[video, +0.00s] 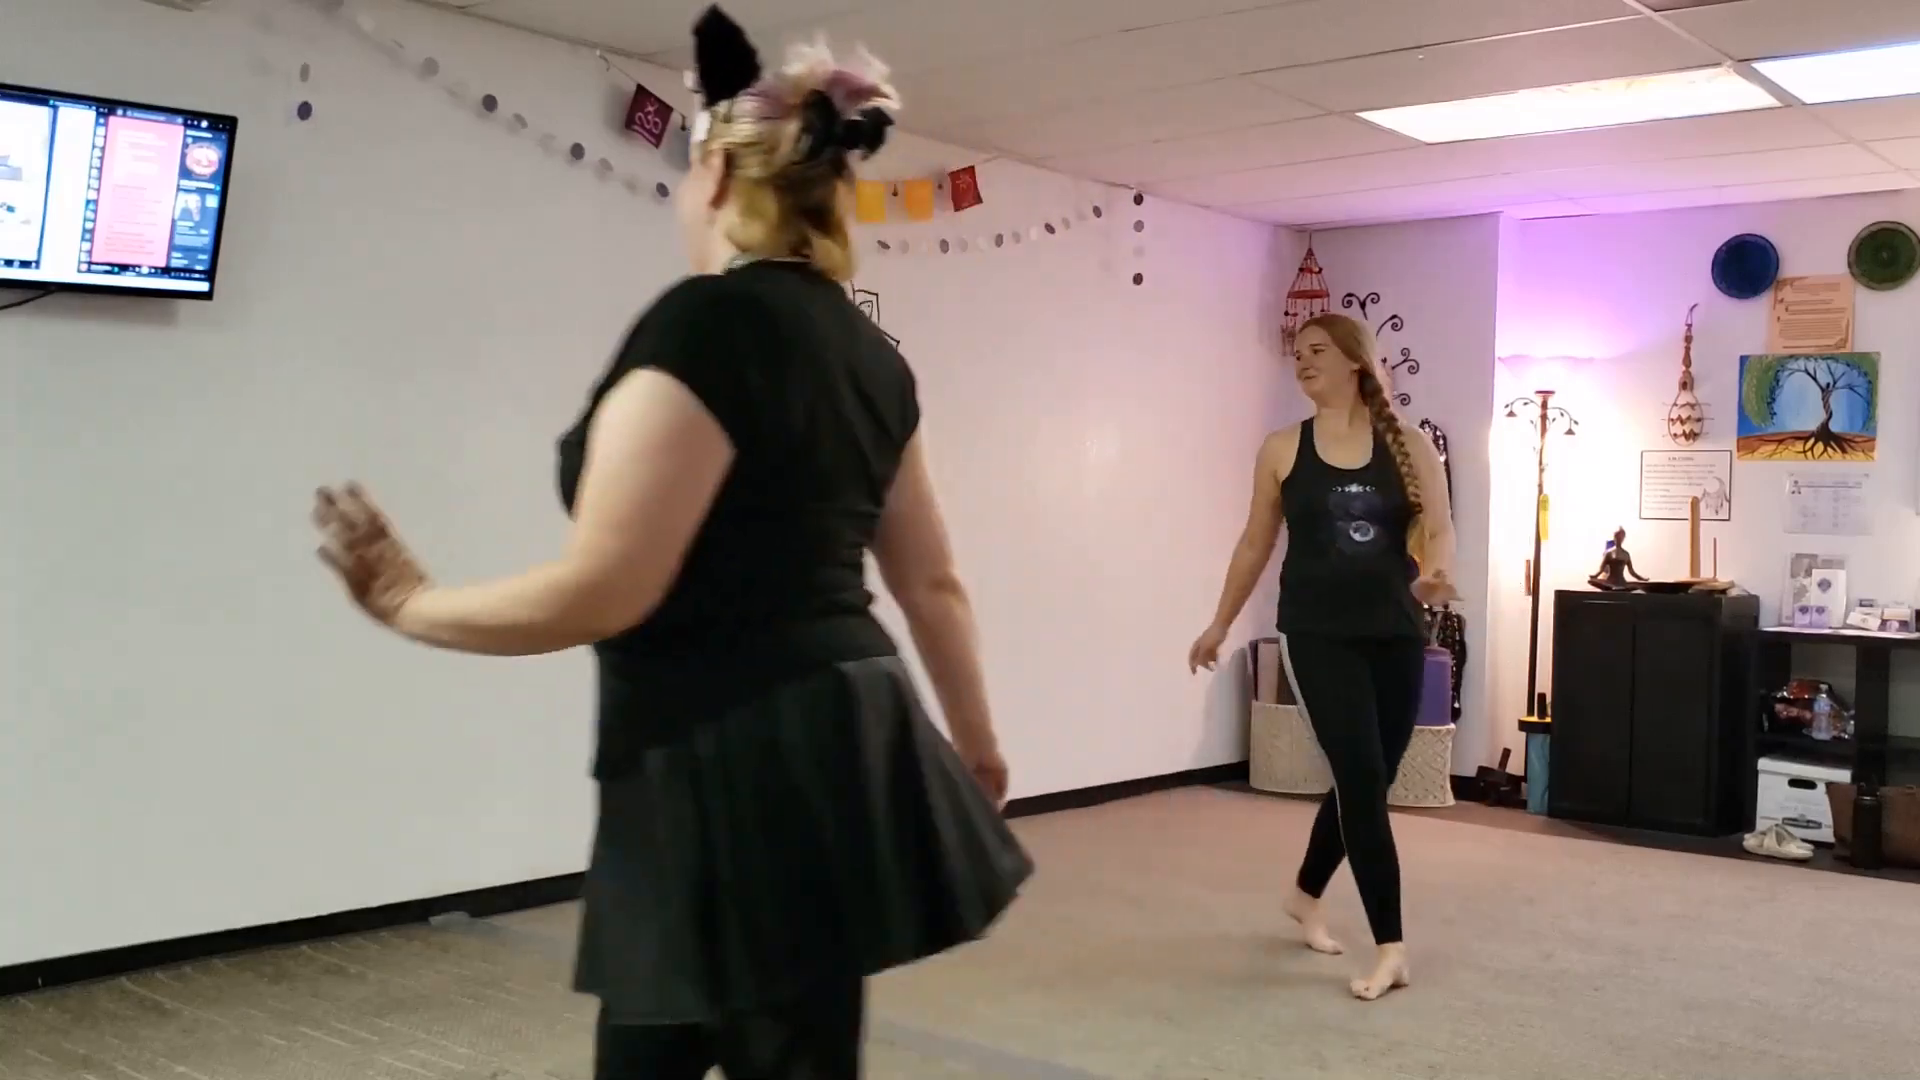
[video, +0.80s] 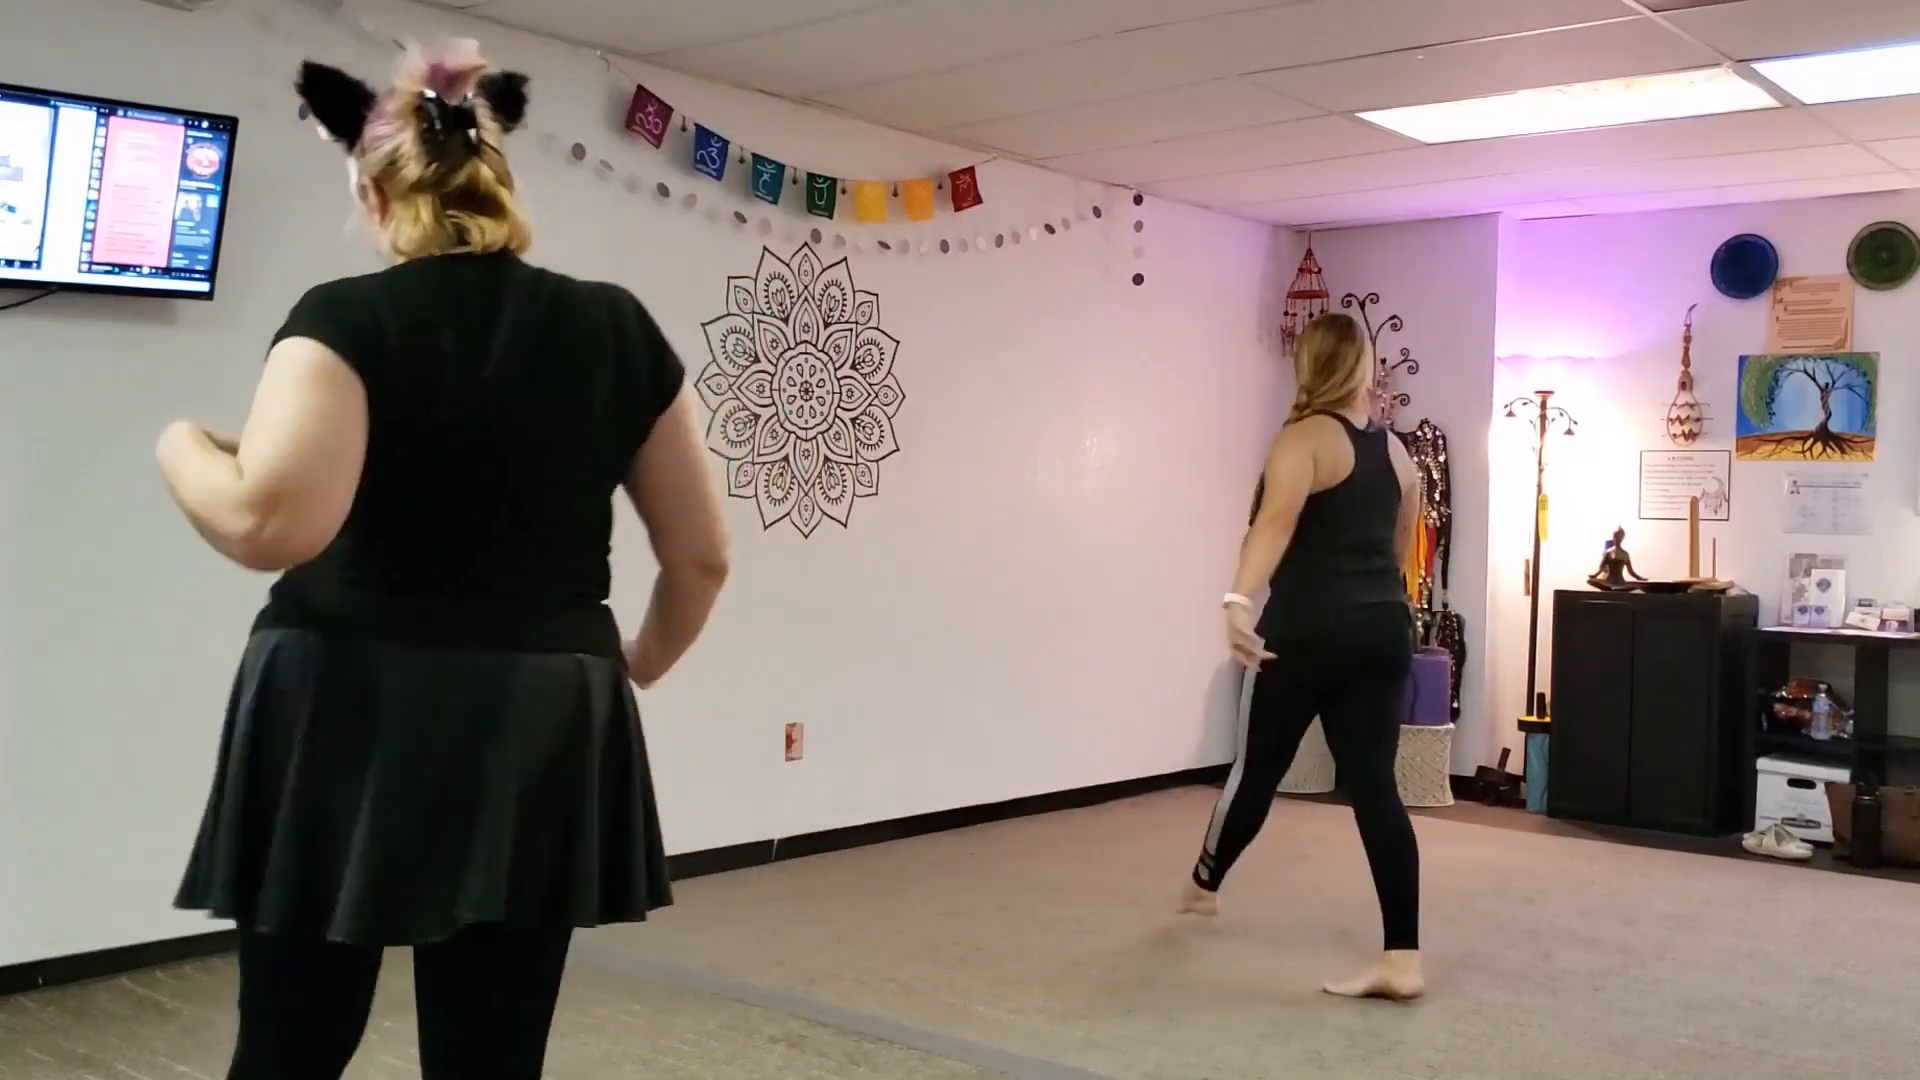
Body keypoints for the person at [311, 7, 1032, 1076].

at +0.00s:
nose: (679, 201)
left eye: (685, 176)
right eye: (683, 176)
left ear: (719, 172)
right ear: (823, 192)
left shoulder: (706, 326)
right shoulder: (870, 355)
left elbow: (605, 588)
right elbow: (930, 580)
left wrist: (408, 602)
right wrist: (978, 741)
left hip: (707, 761)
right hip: (843, 736)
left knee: (646, 1054)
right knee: (802, 1052)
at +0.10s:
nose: (633, 173)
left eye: (640, 147)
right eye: (638, 146)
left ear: (666, 153)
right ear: (782, 178)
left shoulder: (626, 306)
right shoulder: (829, 348)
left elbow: (528, 565)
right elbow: (892, 577)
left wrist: (366, 655)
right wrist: (935, 744)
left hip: (635, 728)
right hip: (779, 712)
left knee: (621, 1042)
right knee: (725, 1041)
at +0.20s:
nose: (590, 183)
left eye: (594, 160)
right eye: (593, 158)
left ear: (618, 164)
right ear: (736, 180)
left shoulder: (565, 297)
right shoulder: (789, 349)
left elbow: (472, 559)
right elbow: (852, 579)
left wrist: (338, 708)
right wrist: (891, 746)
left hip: (577, 715)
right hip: (728, 708)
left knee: (561, 1044)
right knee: (609, 1038)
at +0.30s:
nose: (545, 191)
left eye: (546, 167)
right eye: (545, 169)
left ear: (570, 169)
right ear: (694, 179)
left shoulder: (520, 298)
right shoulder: (757, 351)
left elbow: (434, 557)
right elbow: (818, 585)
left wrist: (332, 725)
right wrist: (845, 746)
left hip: (536, 716)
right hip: (699, 713)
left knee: (446, 1035)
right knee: (575, 1044)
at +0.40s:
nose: (498, 217)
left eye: (499, 199)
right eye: (500, 198)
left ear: (519, 197)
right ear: (644, 193)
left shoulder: (478, 299)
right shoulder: (728, 353)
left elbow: (399, 537)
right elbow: (794, 590)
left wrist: (321, 675)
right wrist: (796, 729)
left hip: (495, 724)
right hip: (673, 723)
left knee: (319, 1037)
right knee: (552, 1051)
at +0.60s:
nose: (413, 212)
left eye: (416, 194)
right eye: (415, 193)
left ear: (435, 190)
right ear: (560, 179)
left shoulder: (404, 295)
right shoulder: (671, 323)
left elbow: (312, 472)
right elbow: (753, 555)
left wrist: (277, 560)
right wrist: (711, 665)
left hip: (404, 697)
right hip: (606, 717)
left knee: (282, 968)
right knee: (511, 1047)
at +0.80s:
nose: (357, 218)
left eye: (358, 199)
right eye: (356, 198)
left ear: (378, 196)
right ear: (500, 184)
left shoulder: (346, 318)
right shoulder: (612, 326)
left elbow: (276, 528)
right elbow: (699, 556)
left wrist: (179, 446)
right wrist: (637, 666)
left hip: (349, 711)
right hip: (546, 717)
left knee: (289, 1050)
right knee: (493, 1056)